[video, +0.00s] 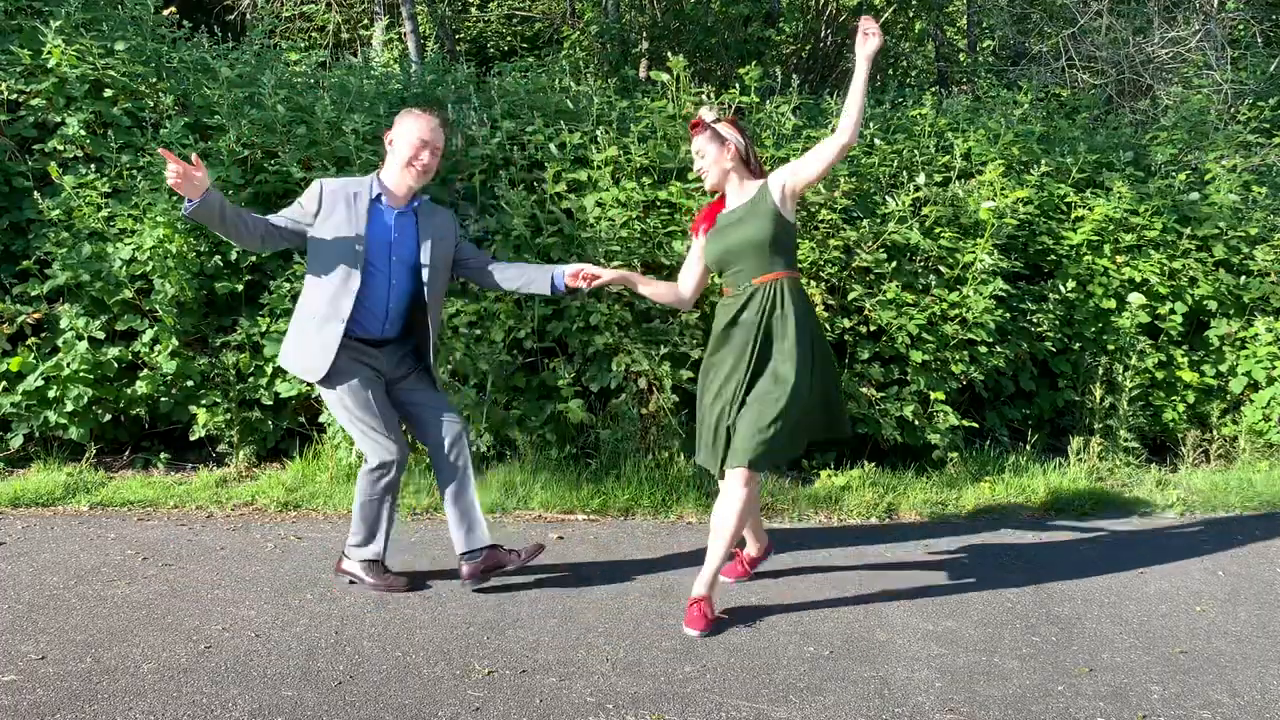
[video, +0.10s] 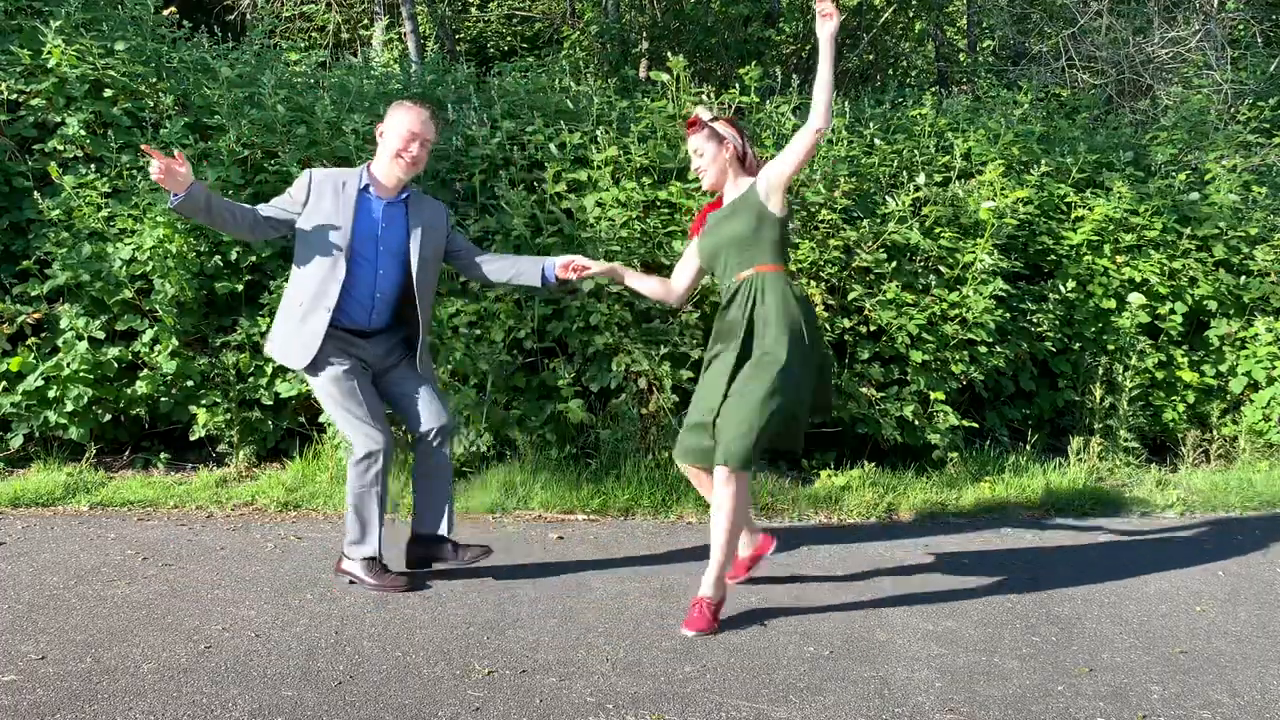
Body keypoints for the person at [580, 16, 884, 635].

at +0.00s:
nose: (695, 162)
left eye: (701, 151)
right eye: (693, 155)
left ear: (732, 146)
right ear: (718, 153)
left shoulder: (779, 185)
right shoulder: (707, 224)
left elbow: (843, 137)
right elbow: (682, 294)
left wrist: (863, 62)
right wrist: (623, 277)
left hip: (782, 327)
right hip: (730, 334)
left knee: (745, 461)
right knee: (723, 454)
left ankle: (701, 589)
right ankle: (757, 539)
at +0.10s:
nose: (696, 161)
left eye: (703, 149)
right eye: (690, 154)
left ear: (732, 144)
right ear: (697, 161)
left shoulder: (767, 185)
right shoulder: (707, 224)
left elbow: (817, 123)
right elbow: (672, 292)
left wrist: (827, 37)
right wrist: (608, 269)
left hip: (776, 323)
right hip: (731, 332)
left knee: (732, 451)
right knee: (691, 452)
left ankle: (711, 589)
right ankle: (749, 539)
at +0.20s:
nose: (693, 167)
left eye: (699, 155)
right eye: (687, 160)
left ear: (730, 149)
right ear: (694, 167)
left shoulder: (757, 190)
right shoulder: (704, 229)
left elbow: (795, 127)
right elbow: (667, 296)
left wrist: (796, 45)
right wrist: (602, 273)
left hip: (764, 328)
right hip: (730, 337)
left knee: (701, 448)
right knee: (672, 442)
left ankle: (722, 586)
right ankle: (722, 560)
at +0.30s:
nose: (683, 167)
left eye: (690, 155)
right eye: (678, 160)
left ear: (720, 151)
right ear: (684, 167)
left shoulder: (747, 195)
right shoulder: (698, 232)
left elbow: (780, 136)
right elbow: (656, 299)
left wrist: (776, 56)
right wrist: (591, 278)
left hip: (741, 317)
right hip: (711, 326)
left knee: (696, 453)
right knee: (666, 444)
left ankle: (716, 588)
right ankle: (691, 566)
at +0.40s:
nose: (667, 165)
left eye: (673, 154)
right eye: (665, 158)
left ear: (705, 149)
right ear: (686, 158)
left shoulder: (731, 192)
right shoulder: (687, 230)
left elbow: (765, 145)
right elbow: (647, 296)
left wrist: (758, 60)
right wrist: (585, 279)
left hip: (725, 318)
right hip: (704, 323)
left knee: (656, 444)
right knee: (684, 453)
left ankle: (711, 587)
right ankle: (703, 577)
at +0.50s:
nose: (646, 155)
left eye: (652, 142)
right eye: (645, 145)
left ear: (685, 138)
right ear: (672, 144)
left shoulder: (718, 184)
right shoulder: (671, 218)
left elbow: (745, 137)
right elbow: (636, 292)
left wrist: (730, 53)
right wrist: (568, 275)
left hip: (716, 317)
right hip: (687, 324)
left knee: (640, 443)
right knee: (651, 446)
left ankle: (696, 572)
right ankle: (694, 574)